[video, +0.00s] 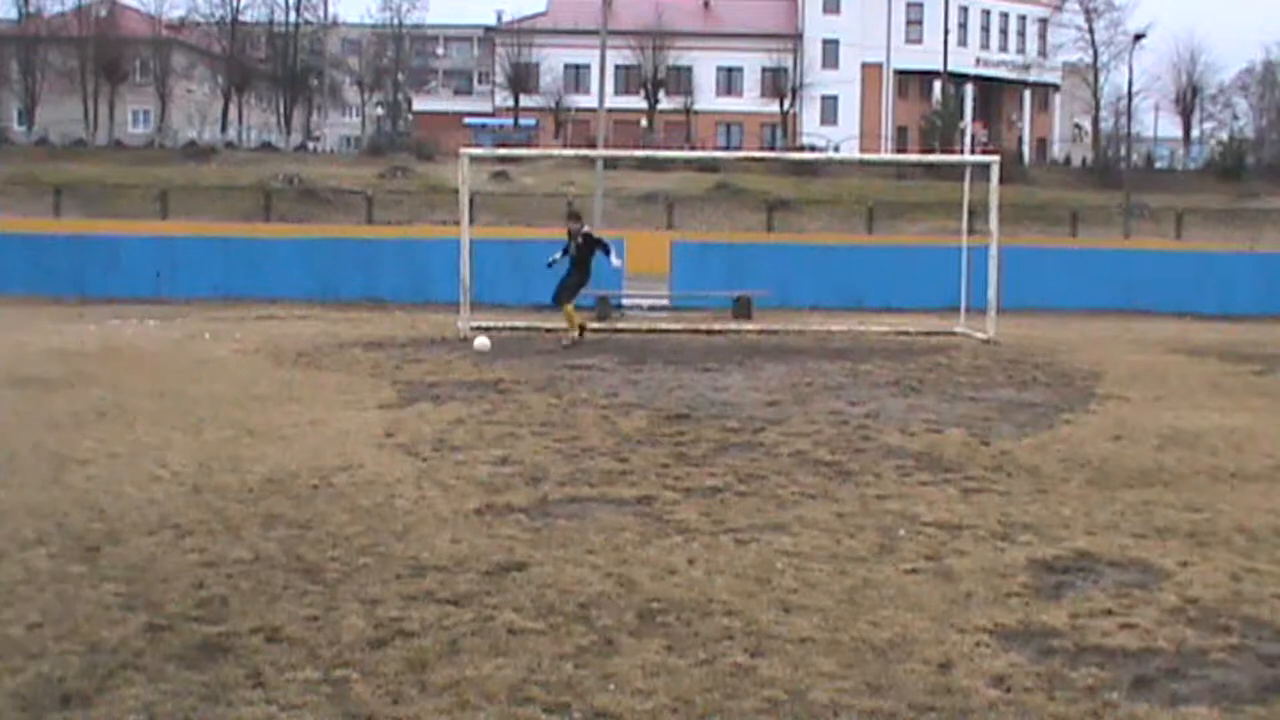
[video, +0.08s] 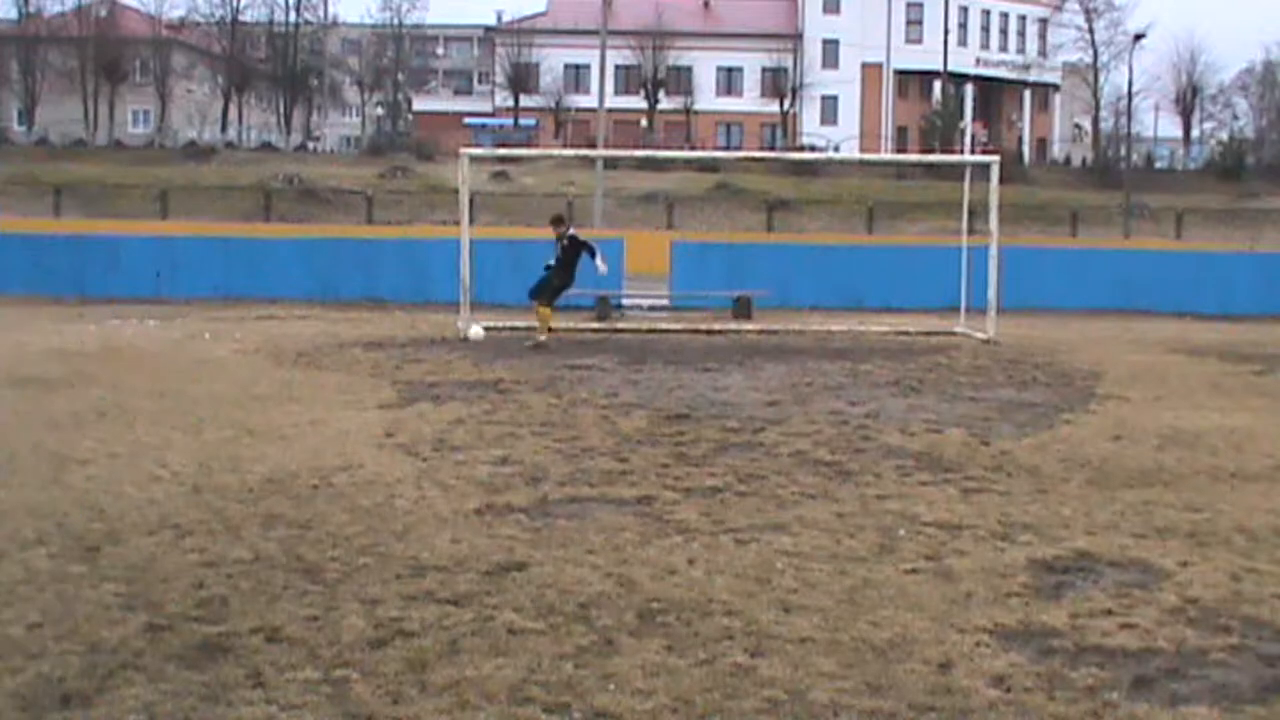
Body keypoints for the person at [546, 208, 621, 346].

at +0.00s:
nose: (572, 227)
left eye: (575, 224)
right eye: (570, 224)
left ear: (581, 224)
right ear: (567, 224)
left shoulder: (588, 238)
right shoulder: (571, 236)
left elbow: (604, 245)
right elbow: (567, 250)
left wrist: (612, 258)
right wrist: (557, 258)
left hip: (582, 272)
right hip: (572, 271)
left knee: (565, 300)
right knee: (559, 299)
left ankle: (574, 330)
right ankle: (578, 324)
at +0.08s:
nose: (555, 231)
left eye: (557, 228)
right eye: (554, 228)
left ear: (563, 226)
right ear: (556, 228)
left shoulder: (573, 239)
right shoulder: (560, 239)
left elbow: (589, 247)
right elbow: (562, 257)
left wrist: (597, 261)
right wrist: (553, 264)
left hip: (564, 276)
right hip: (556, 273)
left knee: (545, 302)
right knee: (537, 296)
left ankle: (542, 334)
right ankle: (544, 329)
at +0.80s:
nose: (481, 217)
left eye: (483, 214)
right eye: (481, 214)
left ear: (487, 214)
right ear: (483, 214)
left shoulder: (492, 229)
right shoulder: (486, 229)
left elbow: (486, 250)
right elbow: (485, 251)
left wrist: (472, 259)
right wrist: (473, 261)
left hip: (487, 269)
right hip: (481, 268)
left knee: (478, 298)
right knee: (469, 296)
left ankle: (484, 331)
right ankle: (473, 327)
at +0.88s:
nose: (479, 218)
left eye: (481, 214)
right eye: (477, 214)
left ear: (487, 215)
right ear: (478, 216)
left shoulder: (490, 233)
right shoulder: (482, 232)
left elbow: (482, 252)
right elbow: (477, 250)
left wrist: (471, 263)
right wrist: (469, 262)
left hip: (485, 272)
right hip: (478, 271)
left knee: (480, 301)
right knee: (471, 300)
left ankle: (485, 332)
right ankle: (475, 330)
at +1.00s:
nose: (475, 217)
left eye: (478, 213)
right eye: (473, 214)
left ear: (483, 214)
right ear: (470, 215)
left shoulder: (486, 230)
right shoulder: (473, 230)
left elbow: (483, 254)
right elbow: (470, 252)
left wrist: (473, 270)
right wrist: (463, 269)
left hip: (484, 270)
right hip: (473, 270)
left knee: (481, 301)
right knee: (473, 302)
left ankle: (485, 333)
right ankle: (475, 331)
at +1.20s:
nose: (473, 215)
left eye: (476, 211)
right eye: (471, 211)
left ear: (481, 213)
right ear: (467, 213)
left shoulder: (487, 231)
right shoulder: (464, 232)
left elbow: (491, 252)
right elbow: (462, 251)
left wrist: (486, 269)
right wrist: (463, 266)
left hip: (485, 269)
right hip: (471, 269)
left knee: (488, 300)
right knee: (474, 301)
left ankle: (492, 328)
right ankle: (476, 328)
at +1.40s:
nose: (478, 215)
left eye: (481, 211)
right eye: (476, 211)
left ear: (486, 213)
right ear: (472, 213)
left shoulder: (491, 230)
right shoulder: (467, 231)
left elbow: (497, 251)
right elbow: (462, 252)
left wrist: (498, 268)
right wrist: (460, 268)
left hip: (488, 269)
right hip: (473, 270)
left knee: (497, 298)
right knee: (475, 303)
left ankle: (504, 326)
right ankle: (476, 329)